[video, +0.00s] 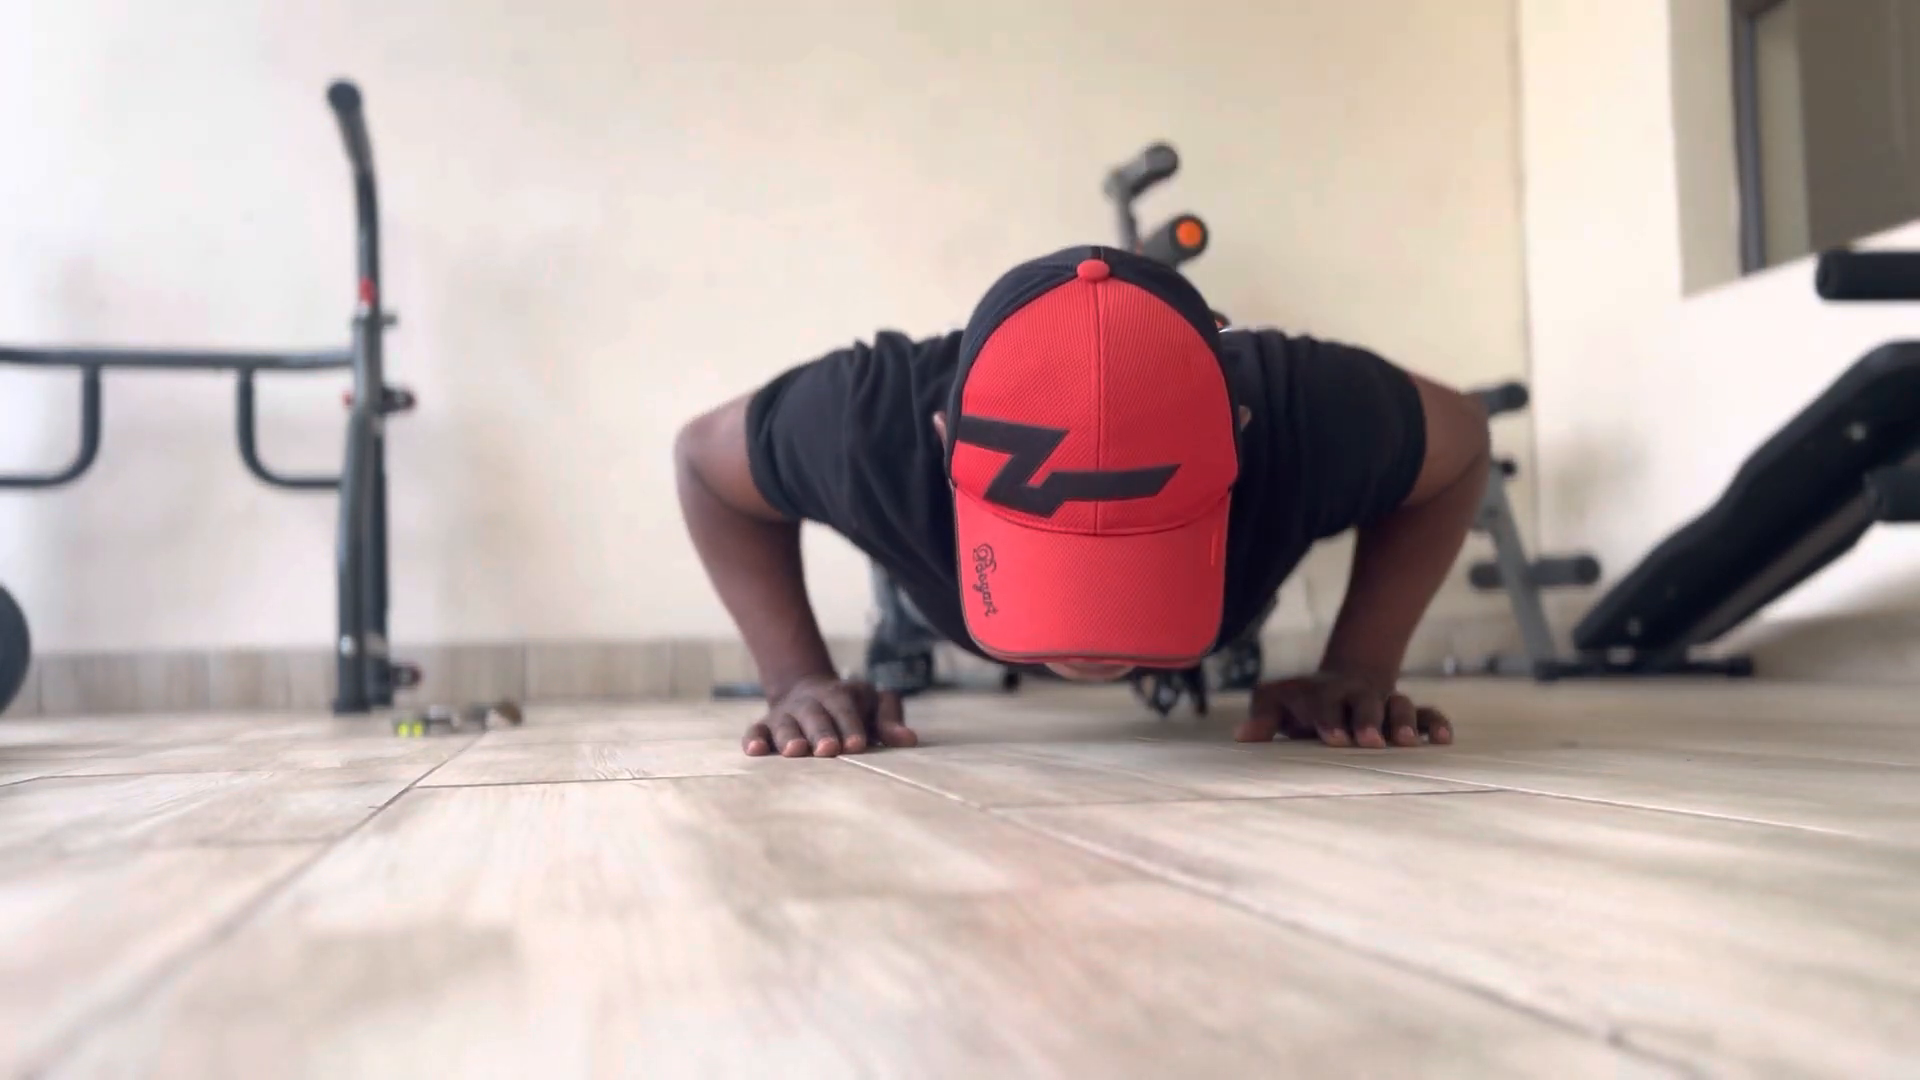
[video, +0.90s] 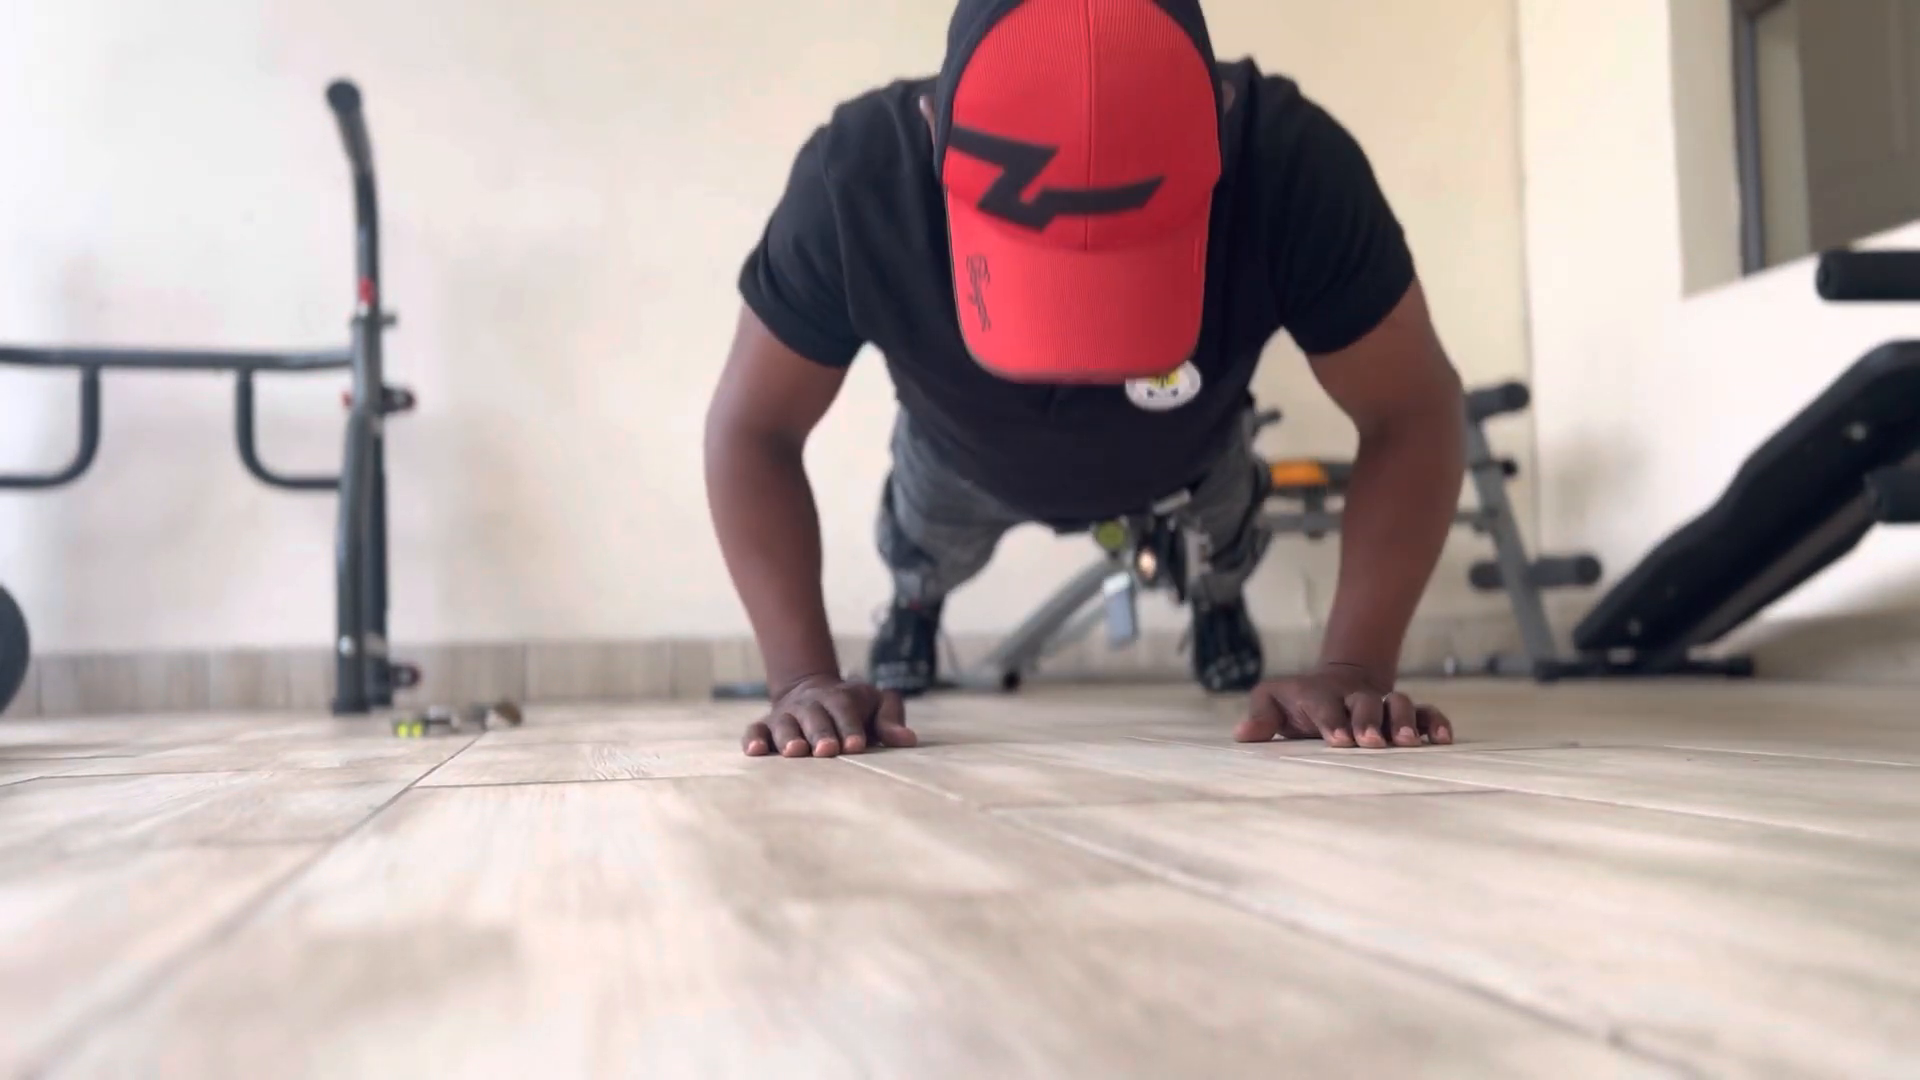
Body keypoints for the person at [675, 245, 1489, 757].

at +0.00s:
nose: (1092, 664)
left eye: (1140, 627)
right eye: (1052, 628)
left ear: (1231, 464)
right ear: (957, 470)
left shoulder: (1309, 416)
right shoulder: (868, 429)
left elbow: (1459, 443)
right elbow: (707, 461)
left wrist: (1360, 671)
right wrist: (795, 678)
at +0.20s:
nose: (1092, 621)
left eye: (1140, 591)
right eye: (1051, 589)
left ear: (1225, 448)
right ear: (959, 447)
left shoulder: (1310, 387)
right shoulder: (866, 400)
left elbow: (1452, 444)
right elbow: (711, 457)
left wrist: (1358, 670)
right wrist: (798, 677)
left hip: (1208, 576)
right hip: (959, 578)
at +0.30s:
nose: (1074, 436)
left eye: (1120, 402)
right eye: (1033, 400)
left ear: (1210, 284)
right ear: (953, 287)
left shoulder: (1303, 274)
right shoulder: (867, 283)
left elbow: (1436, 440)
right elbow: (724, 454)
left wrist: (1356, 668)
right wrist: (796, 679)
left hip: (1187, 508)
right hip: (976, 515)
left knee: (1225, 560)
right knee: (929, 573)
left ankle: (1212, 586)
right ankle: (914, 607)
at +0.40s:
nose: (1076, 264)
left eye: (1124, 226)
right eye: (1030, 220)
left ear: (1196, 157)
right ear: (958, 155)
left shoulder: (1295, 179)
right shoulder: (866, 189)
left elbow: (1417, 417)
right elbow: (746, 434)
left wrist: (1353, 669)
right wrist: (801, 682)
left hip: (1192, 460)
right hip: (971, 464)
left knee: (1225, 537)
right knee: (931, 553)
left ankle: (1221, 604)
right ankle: (917, 616)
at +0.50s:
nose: (1068, 179)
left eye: (1114, 142)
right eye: (1026, 140)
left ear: (1181, 84)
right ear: (959, 79)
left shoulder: (1289, 115)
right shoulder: (864, 126)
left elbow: (1399, 397)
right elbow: (768, 413)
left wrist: (1350, 668)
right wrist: (803, 682)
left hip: (1194, 436)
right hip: (974, 443)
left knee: (1222, 535)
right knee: (933, 546)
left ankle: (1220, 608)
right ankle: (918, 617)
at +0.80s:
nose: (1076, 146)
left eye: (1117, 114)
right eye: (1033, 116)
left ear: (1183, 44)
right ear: (956, 41)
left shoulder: (1281, 56)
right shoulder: (862, 66)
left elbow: (1378, 382)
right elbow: (790, 393)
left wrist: (1347, 668)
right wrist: (804, 678)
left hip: (1184, 404)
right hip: (971, 407)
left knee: (1218, 532)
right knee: (930, 535)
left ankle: (1219, 607)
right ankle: (919, 615)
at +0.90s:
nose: (1072, 344)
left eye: (1120, 304)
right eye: (1038, 300)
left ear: (1208, 170)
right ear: (952, 169)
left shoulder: (1291, 166)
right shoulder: (862, 179)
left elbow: (1415, 411)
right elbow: (751, 431)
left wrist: (1354, 670)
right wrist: (801, 682)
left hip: (1189, 447)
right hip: (965, 457)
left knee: (1220, 535)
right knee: (930, 552)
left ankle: (1219, 607)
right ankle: (917, 619)